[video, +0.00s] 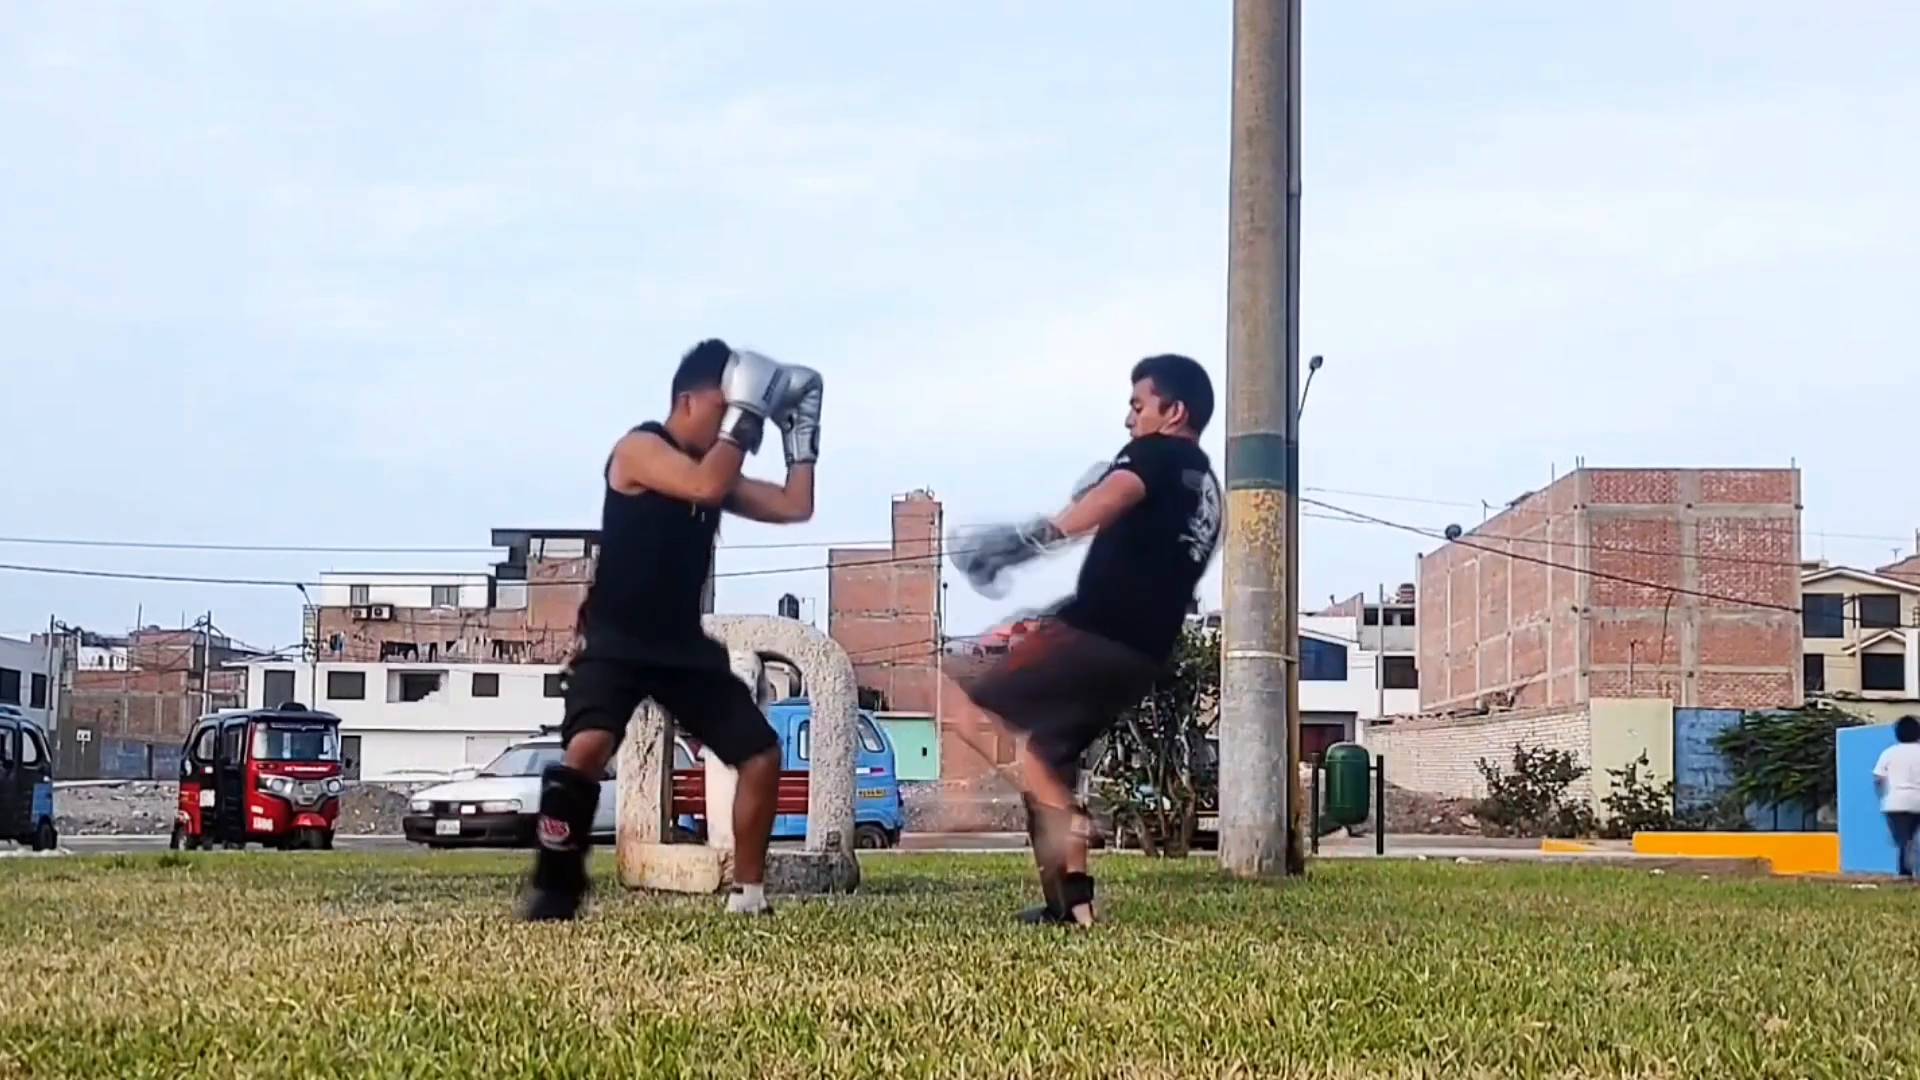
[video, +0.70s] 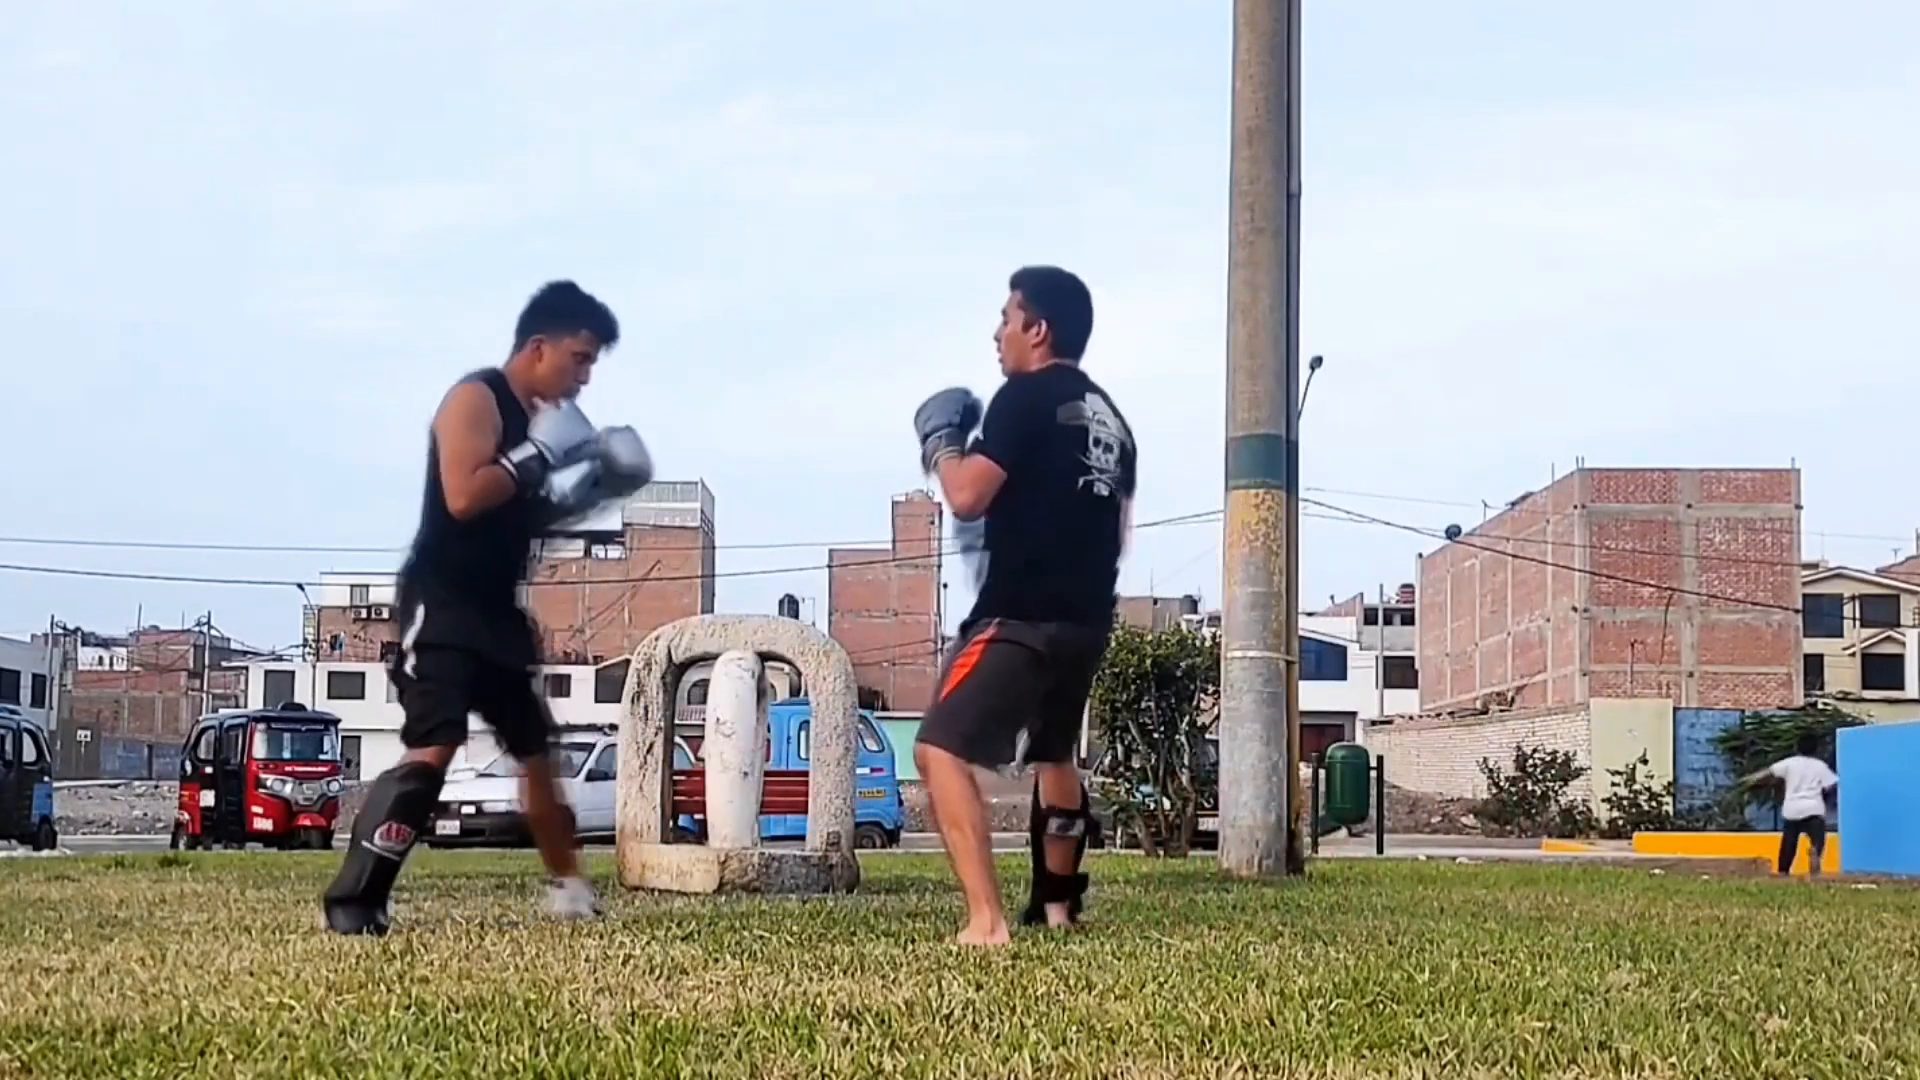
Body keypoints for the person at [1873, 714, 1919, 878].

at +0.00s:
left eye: (1901, 731)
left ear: (1898, 733)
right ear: (1917, 733)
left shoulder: (1890, 752)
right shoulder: (1917, 750)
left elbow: (1879, 775)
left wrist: (1881, 794)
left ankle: (1907, 873)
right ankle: (1905, 873)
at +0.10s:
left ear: (1875, 734)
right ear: (1895, 734)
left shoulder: (1868, 752)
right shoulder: (1904, 754)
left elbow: (1853, 769)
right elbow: (1915, 775)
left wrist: (1847, 792)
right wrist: (1913, 789)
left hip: (1871, 804)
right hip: (1897, 805)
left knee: (1864, 830)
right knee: (1898, 840)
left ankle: (1869, 859)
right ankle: (1905, 871)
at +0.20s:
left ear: (1854, 737)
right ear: (1873, 737)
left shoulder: (1847, 754)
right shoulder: (1882, 755)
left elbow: (1829, 772)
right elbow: (1898, 773)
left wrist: (1816, 795)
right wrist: (1893, 796)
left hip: (1853, 804)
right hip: (1878, 804)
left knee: (1846, 839)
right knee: (1880, 835)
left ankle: (1841, 868)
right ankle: (1894, 867)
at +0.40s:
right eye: (1842, 741)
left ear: (1826, 743)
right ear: (1844, 743)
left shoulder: (1818, 760)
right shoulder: (1850, 759)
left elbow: (1808, 778)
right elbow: (1860, 773)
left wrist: (1818, 788)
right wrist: (1868, 790)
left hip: (1820, 803)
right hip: (1842, 804)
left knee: (1823, 836)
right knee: (1836, 836)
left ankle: (1827, 864)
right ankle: (1829, 862)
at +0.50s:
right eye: (1832, 744)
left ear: (1817, 747)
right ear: (1834, 747)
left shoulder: (1809, 763)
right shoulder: (1840, 764)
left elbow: (1797, 783)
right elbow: (1849, 782)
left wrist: (1809, 790)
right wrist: (1854, 801)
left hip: (1810, 804)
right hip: (1831, 806)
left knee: (1801, 830)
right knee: (1823, 838)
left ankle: (1812, 844)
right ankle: (1818, 870)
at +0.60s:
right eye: (1825, 745)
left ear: (1807, 746)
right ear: (1823, 747)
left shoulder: (1796, 762)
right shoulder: (1830, 764)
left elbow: (1783, 779)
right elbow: (1838, 785)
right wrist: (1842, 806)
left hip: (1800, 808)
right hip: (1823, 809)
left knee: (1790, 831)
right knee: (1821, 841)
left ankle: (1796, 856)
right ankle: (1818, 866)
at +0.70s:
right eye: (1815, 747)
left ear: (1798, 748)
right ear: (1815, 749)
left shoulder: (1790, 762)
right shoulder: (1819, 765)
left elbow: (1770, 772)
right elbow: (1830, 785)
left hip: (1792, 809)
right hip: (1813, 809)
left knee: (1788, 843)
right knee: (1818, 840)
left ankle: (1783, 870)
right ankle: (1816, 855)